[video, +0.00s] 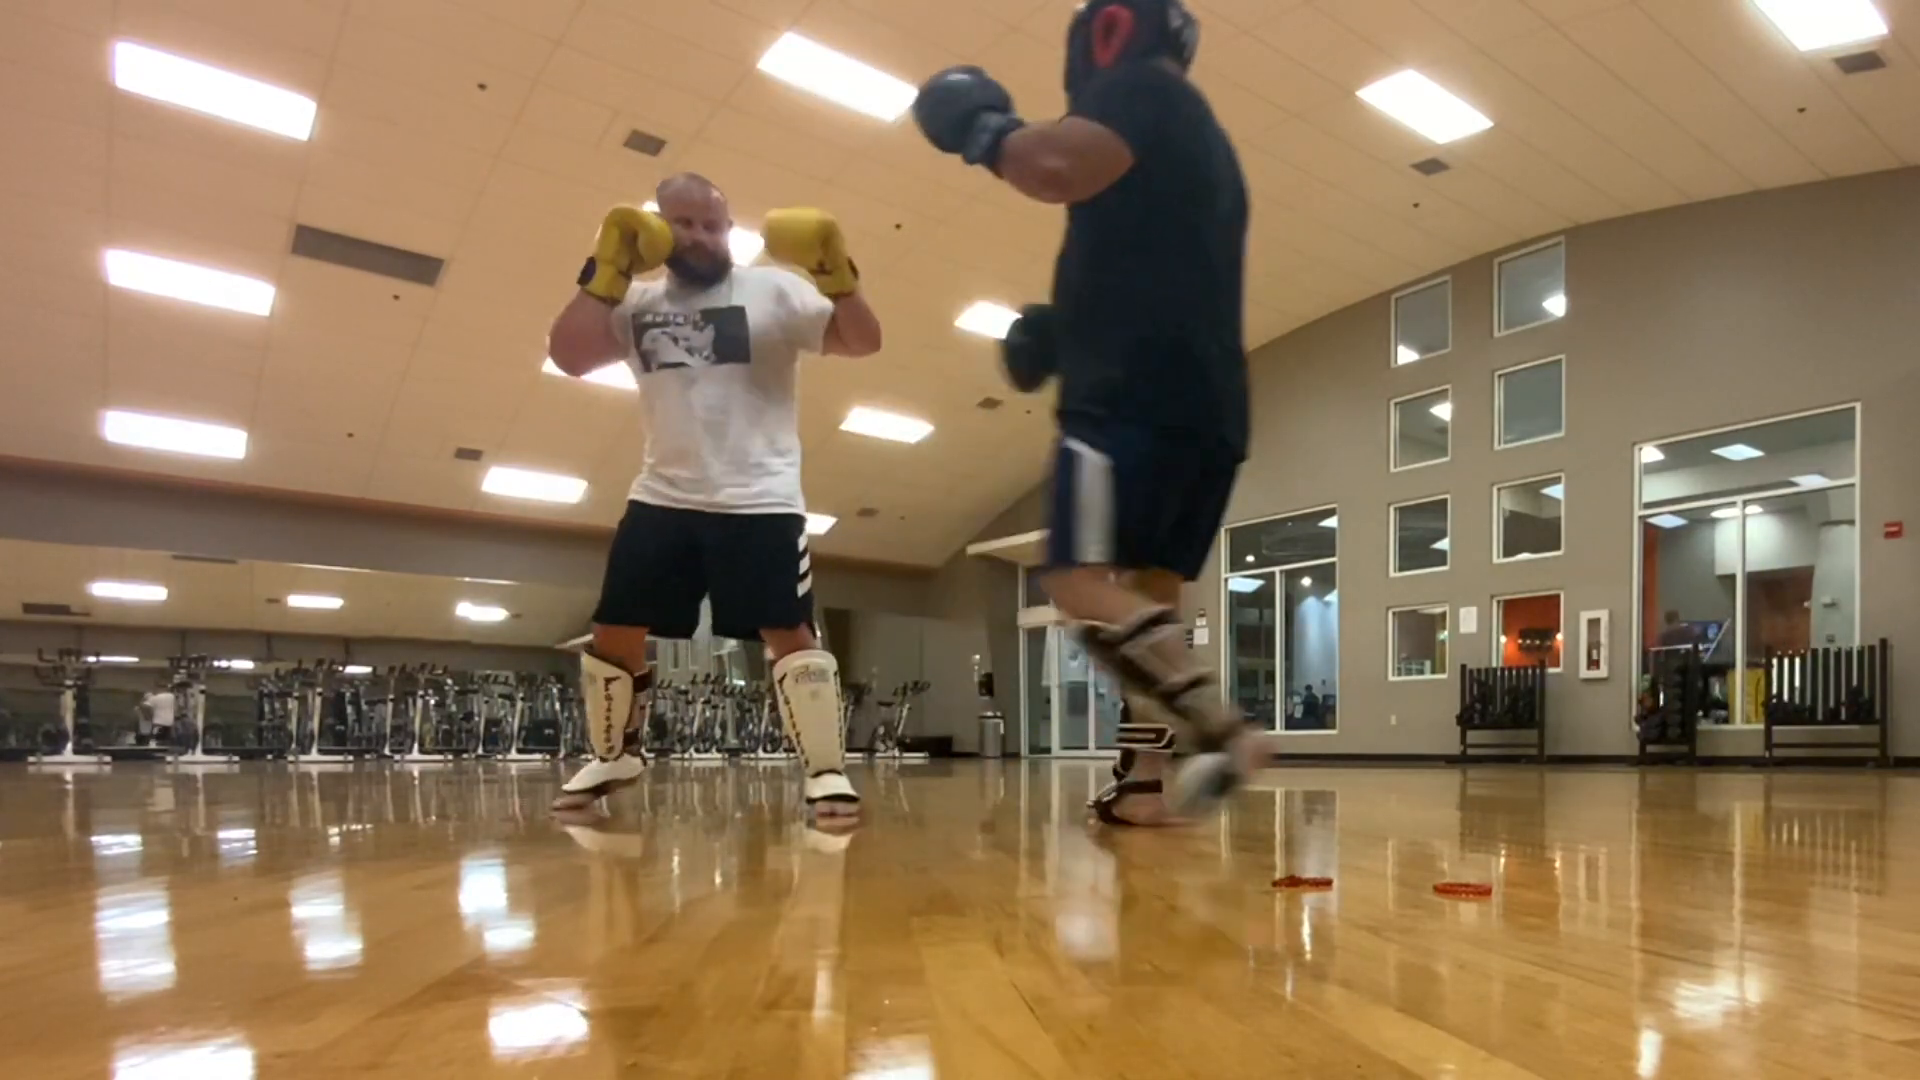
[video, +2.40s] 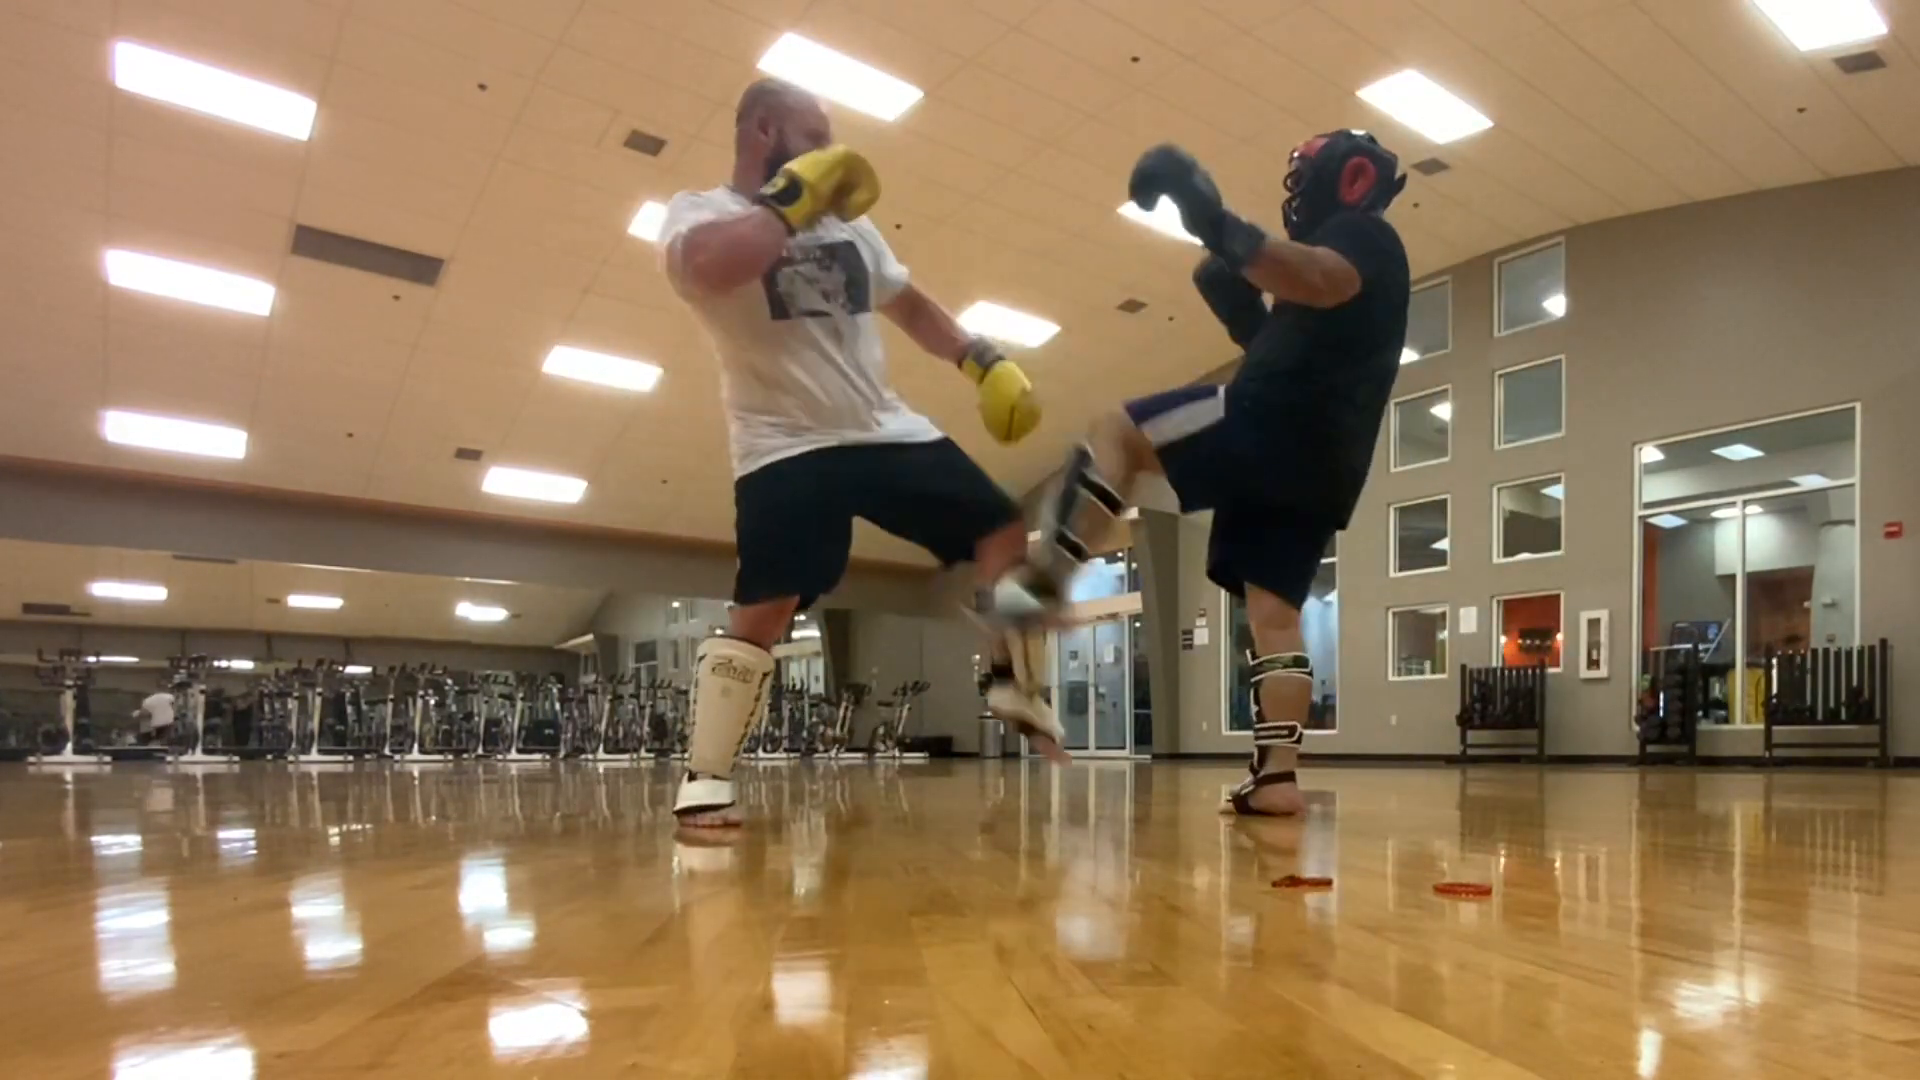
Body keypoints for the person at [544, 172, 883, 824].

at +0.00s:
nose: (700, 235)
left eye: (711, 222)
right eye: (684, 224)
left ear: (730, 226)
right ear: (660, 232)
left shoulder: (773, 290)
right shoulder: (639, 304)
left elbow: (861, 340)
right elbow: (571, 355)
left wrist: (838, 277)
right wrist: (608, 271)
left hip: (761, 496)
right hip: (665, 494)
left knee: (787, 628)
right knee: (617, 626)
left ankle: (826, 774)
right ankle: (615, 756)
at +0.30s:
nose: (687, 267)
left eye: (699, 254)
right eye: (673, 249)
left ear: (712, 251)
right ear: (639, 237)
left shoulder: (736, 324)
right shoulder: (583, 300)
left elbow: (779, 421)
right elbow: (552, 384)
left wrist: (802, 382)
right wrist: (612, 318)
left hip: (721, 511)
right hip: (620, 506)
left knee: (758, 635)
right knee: (604, 647)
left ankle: (821, 766)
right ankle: (615, 776)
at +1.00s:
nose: (783, 212)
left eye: (794, 203)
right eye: (771, 196)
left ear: (799, 211)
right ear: (728, 188)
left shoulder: (805, 283)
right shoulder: (662, 234)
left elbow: (855, 378)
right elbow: (620, 308)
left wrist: (890, 327)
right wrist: (700, 247)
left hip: (768, 475)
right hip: (667, 457)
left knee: (785, 626)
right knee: (618, 605)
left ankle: (810, 773)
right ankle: (577, 760)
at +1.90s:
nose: (845, 175)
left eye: (850, 167)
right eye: (837, 156)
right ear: (785, 138)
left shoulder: (832, 270)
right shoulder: (708, 192)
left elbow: (847, 374)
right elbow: (706, 278)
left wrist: (903, 340)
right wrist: (806, 230)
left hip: (823, 452)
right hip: (731, 431)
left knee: (839, 607)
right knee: (721, 590)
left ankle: (869, 773)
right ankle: (669, 773)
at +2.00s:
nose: (833, 176)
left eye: (839, 167)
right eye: (830, 160)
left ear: (800, 148)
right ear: (785, 138)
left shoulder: (826, 249)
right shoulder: (709, 186)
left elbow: (885, 345)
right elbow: (744, 269)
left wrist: (926, 287)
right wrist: (820, 210)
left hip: (819, 445)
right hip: (727, 436)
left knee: (894, 590)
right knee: (743, 600)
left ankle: (896, 742)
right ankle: (702, 785)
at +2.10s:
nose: (840, 188)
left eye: (842, 177)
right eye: (832, 171)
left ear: (798, 160)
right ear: (785, 153)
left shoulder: (816, 248)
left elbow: (902, 326)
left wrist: (939, 275)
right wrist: (861, 200)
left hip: (811, 437)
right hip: (730, 450)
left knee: (947, 458)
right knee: (754, 611)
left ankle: (936, 610)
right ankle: (707, 788)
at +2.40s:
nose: (826, 160)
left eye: (829, 148)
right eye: (815, 144)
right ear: (760, 131)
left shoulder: (850, 229)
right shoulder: (702, 211)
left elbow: (909, 306)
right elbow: (705, 269)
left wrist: (984, 361)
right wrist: (797, 202)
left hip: (885, 431)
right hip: (781, 443)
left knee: (1001, 531)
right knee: (769, 598)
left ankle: (1013, 680)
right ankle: (706, 782)